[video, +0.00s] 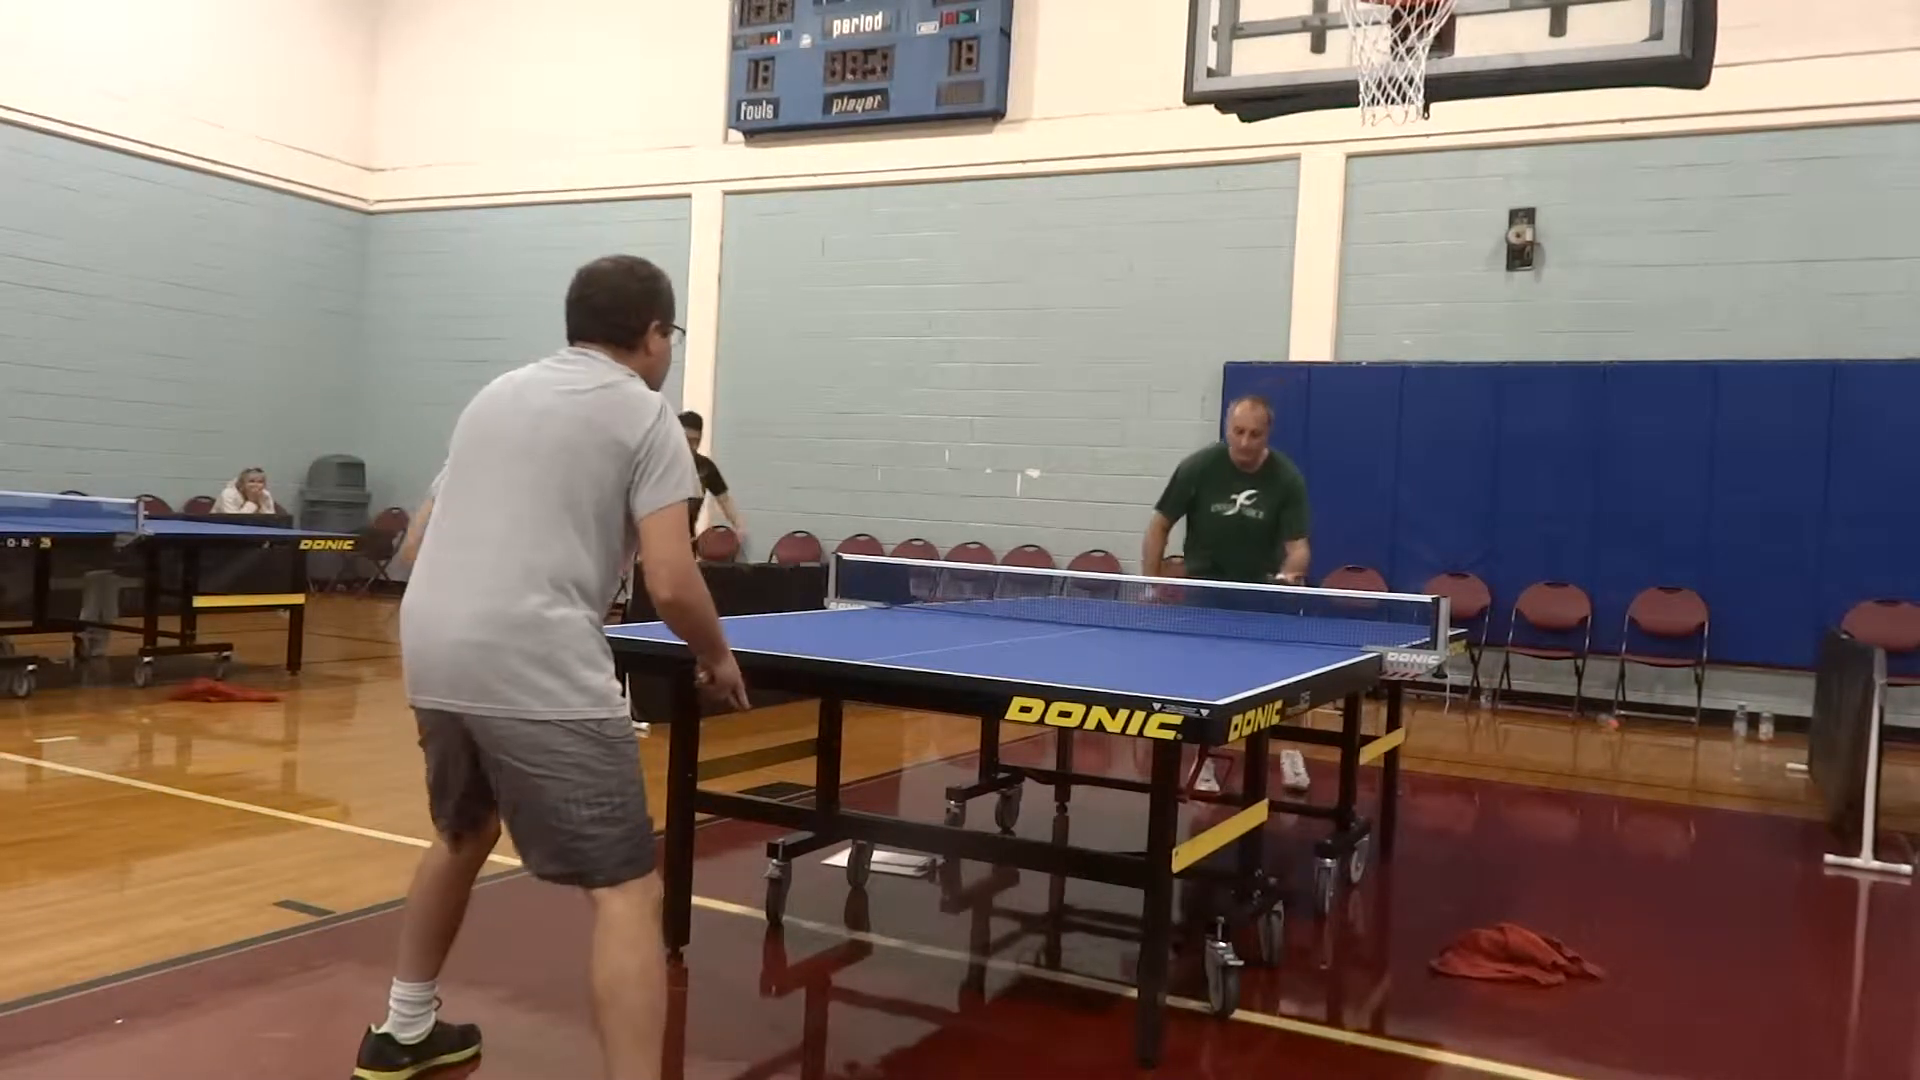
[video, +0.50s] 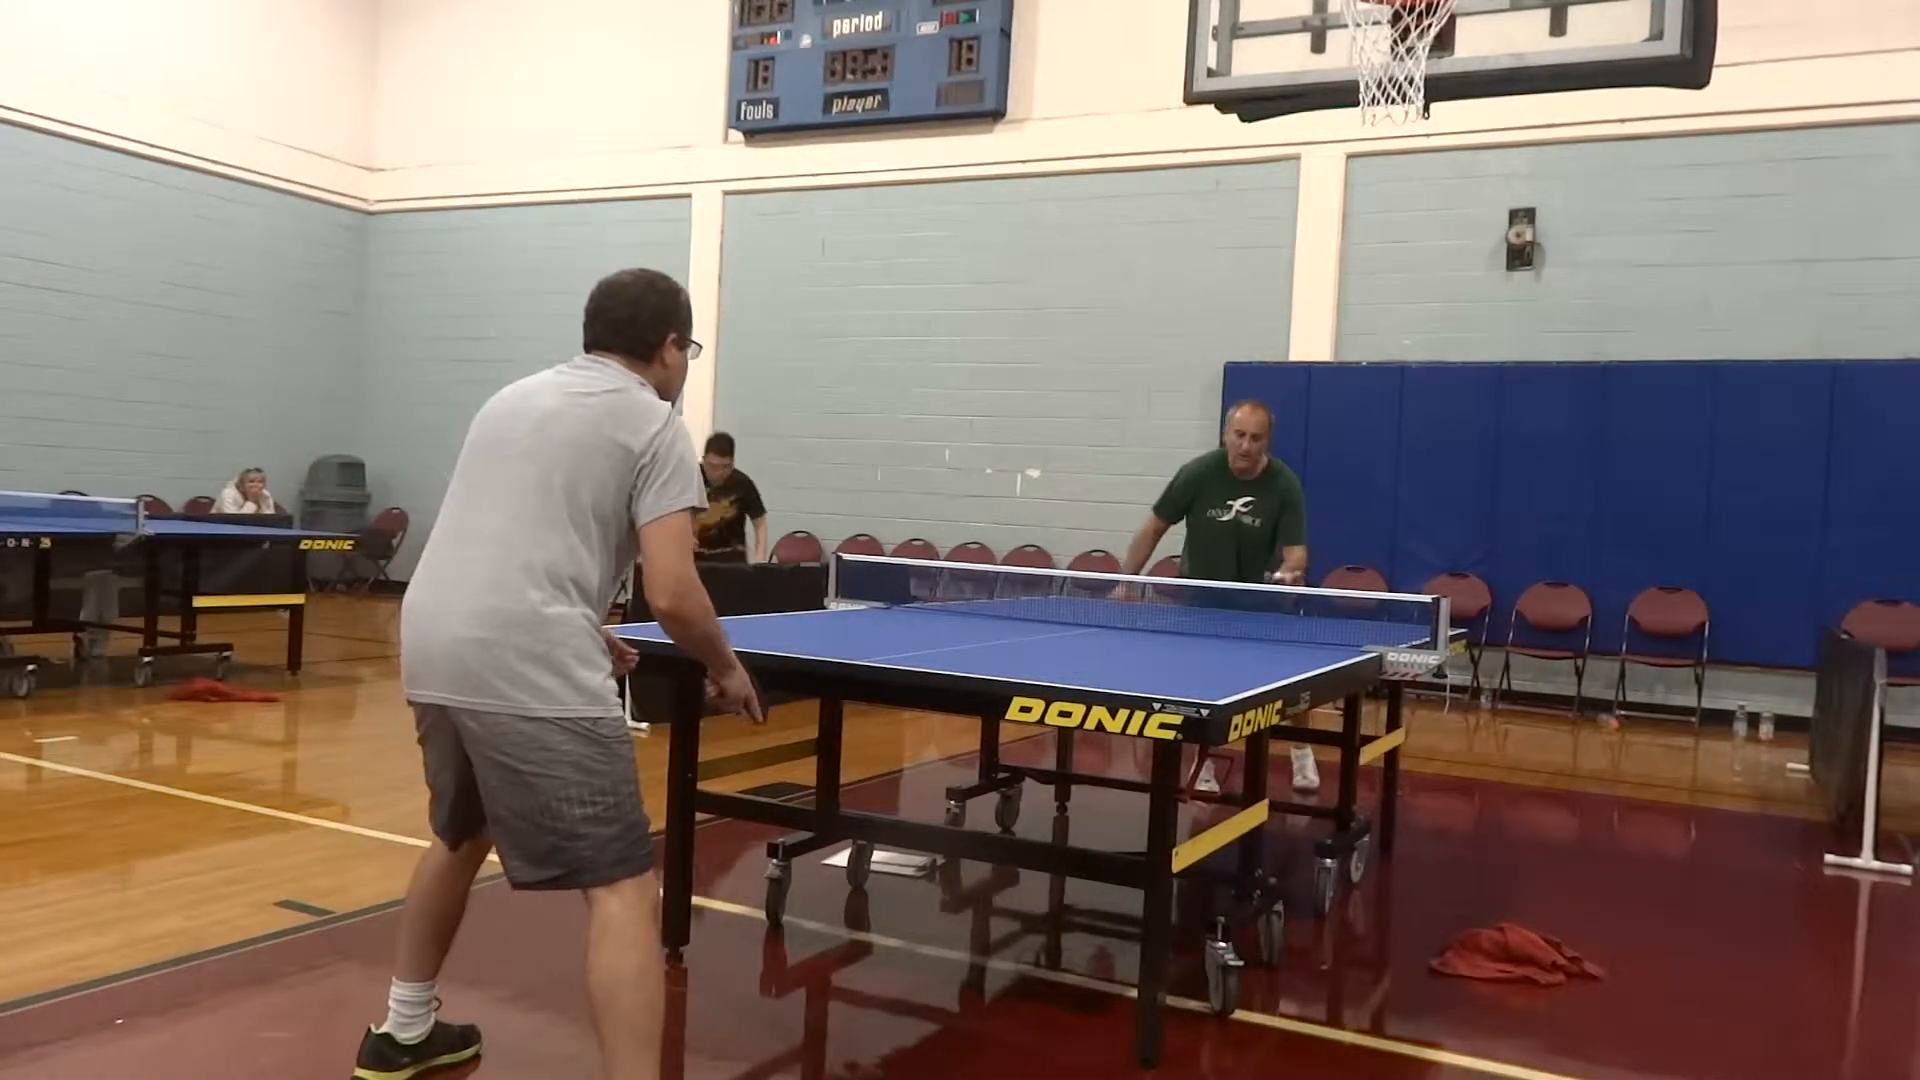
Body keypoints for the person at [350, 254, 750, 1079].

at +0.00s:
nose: (671, 351)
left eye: (673, 337)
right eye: (671, 336)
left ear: (573, 329)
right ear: (649, 336)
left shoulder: (495, 395)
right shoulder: (645, 415)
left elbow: (422, 540)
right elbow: (672, 580)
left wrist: (542, 593)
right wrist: (716, 657)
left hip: (433, 659)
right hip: (542, 671)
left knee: (462, 827)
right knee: (626, 885)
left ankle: (404, 1027)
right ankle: (636, 1072)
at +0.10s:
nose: (674, 353)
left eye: (676, 340)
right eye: (674, 338)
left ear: (577, 331)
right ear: (653, 337)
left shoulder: (500, 395)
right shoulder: (645, 416)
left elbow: (487, 532)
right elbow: (671, 588)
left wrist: (580, 594)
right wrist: (716, 657)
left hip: (431, 661)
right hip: (539, 674)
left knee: (460, 831)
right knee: (625, 883)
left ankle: (404, 1028)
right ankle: (636, 1072)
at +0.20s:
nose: (677, 357)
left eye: (680, 344)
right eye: (677, 342)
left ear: (581, 333)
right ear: (657, 339)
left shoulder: (503, 396)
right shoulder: (646, 416)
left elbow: (488, 537)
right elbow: (671, 589)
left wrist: (577, 617)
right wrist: (718, 660)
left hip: (430, 660)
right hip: (537, 674)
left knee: (460, 833)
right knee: (626, 885)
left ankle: (404, 1028)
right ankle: (635, 1073)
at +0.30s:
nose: (682, 361)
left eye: (685, 347)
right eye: (682, 346)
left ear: (585, 336)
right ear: (661, 342)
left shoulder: (506, 396)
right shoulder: (649, 419)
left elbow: (479, 545)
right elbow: (671, 591)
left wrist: (578, 621)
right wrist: (721, 661)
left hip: (429, 656)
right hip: (534, 671)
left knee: (460, 832)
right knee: (625, 884)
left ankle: (404, 1028)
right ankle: (635, 1073)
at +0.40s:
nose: (683, 366)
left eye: (686, 352)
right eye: (684, 350)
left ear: (588, 339)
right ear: (663, 346)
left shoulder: (509, 398)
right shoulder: (652, 423)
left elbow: (482, 544)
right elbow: (672, 592)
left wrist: (575, 618)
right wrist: (723, 664)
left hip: (429, 653)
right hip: (534, 670)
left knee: (460, 832)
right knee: (623, 886)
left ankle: (404, 1028)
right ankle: (634, 1073)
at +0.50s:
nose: (687, 367)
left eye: (689, 353)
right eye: (687, 352)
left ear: (591, 339)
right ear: (664, 347)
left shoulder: (512, 399)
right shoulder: (655, 425)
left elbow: (488, 545)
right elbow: (671, 591)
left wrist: (579, 627)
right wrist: (723, 664)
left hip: (431, 653)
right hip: (536, 669)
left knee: (461, 832)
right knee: (622, 885)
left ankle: (404, 1028)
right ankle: (635, 1073)